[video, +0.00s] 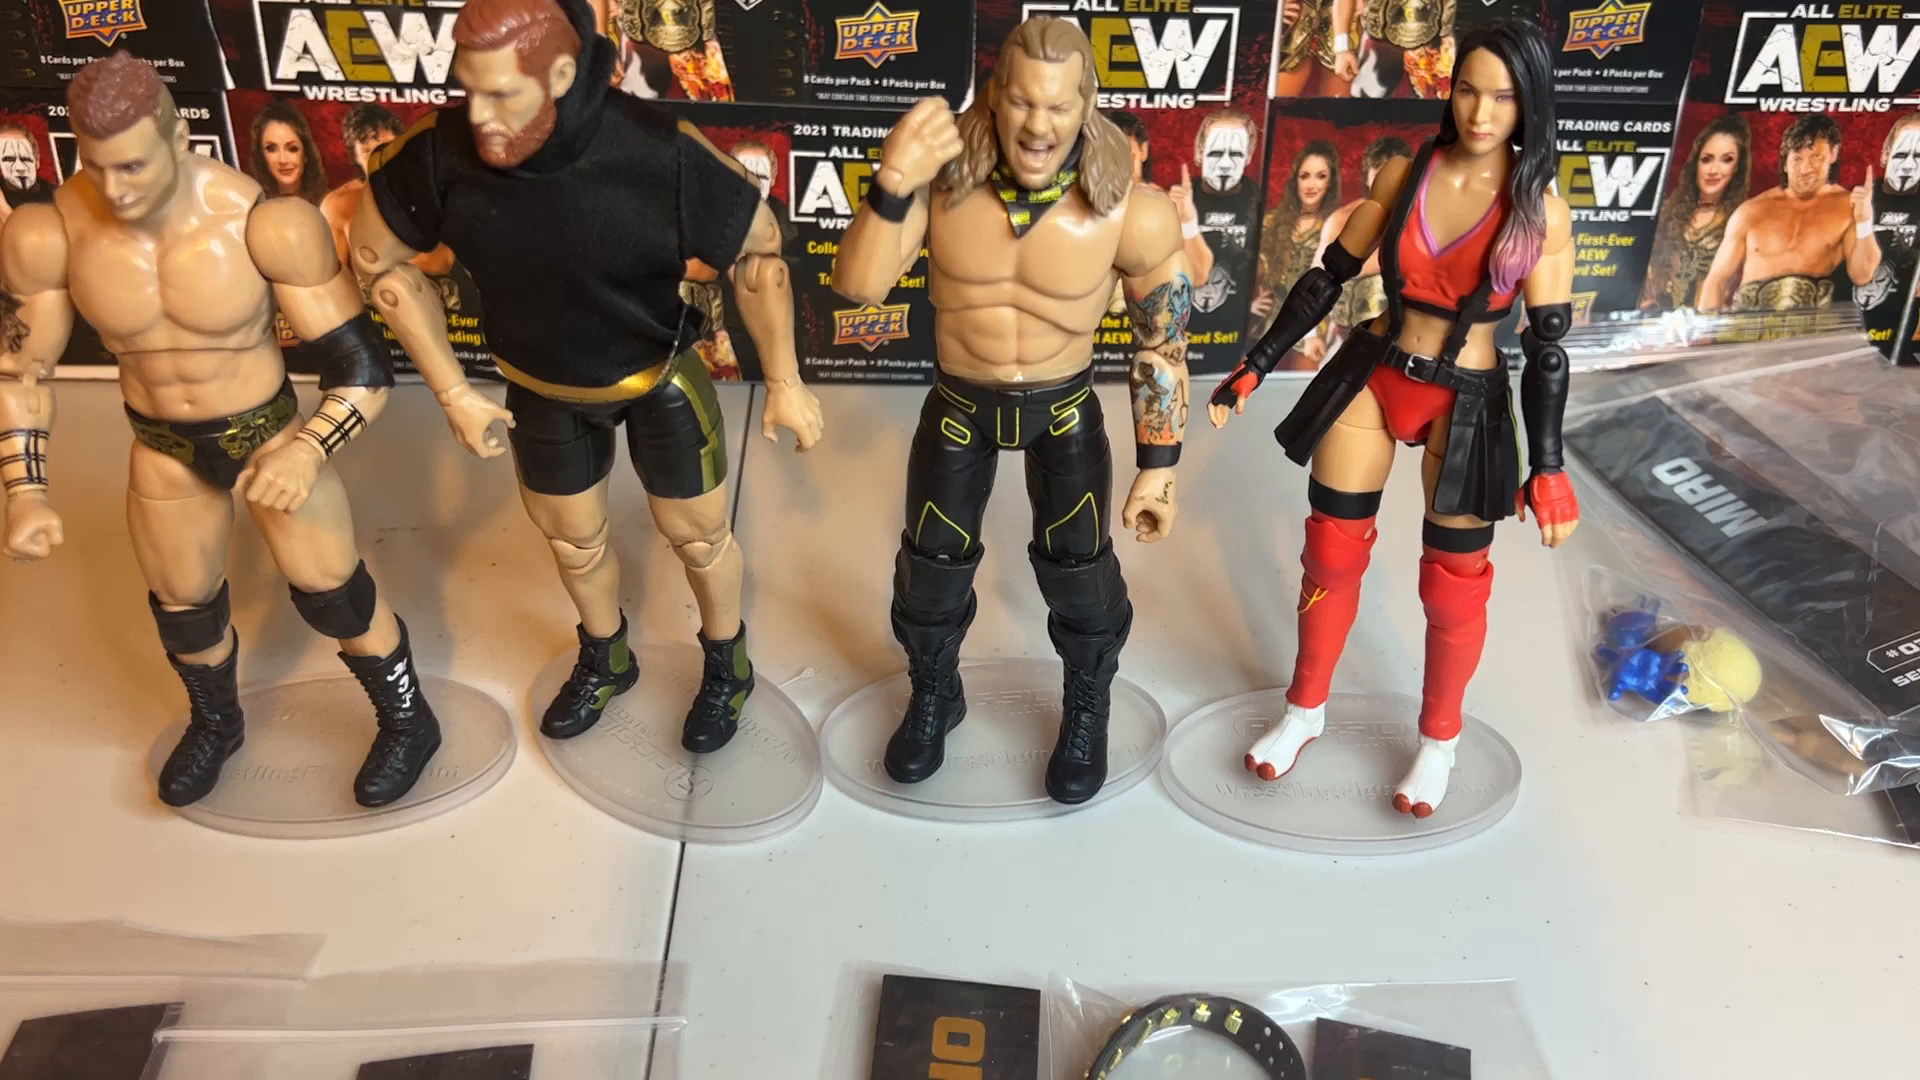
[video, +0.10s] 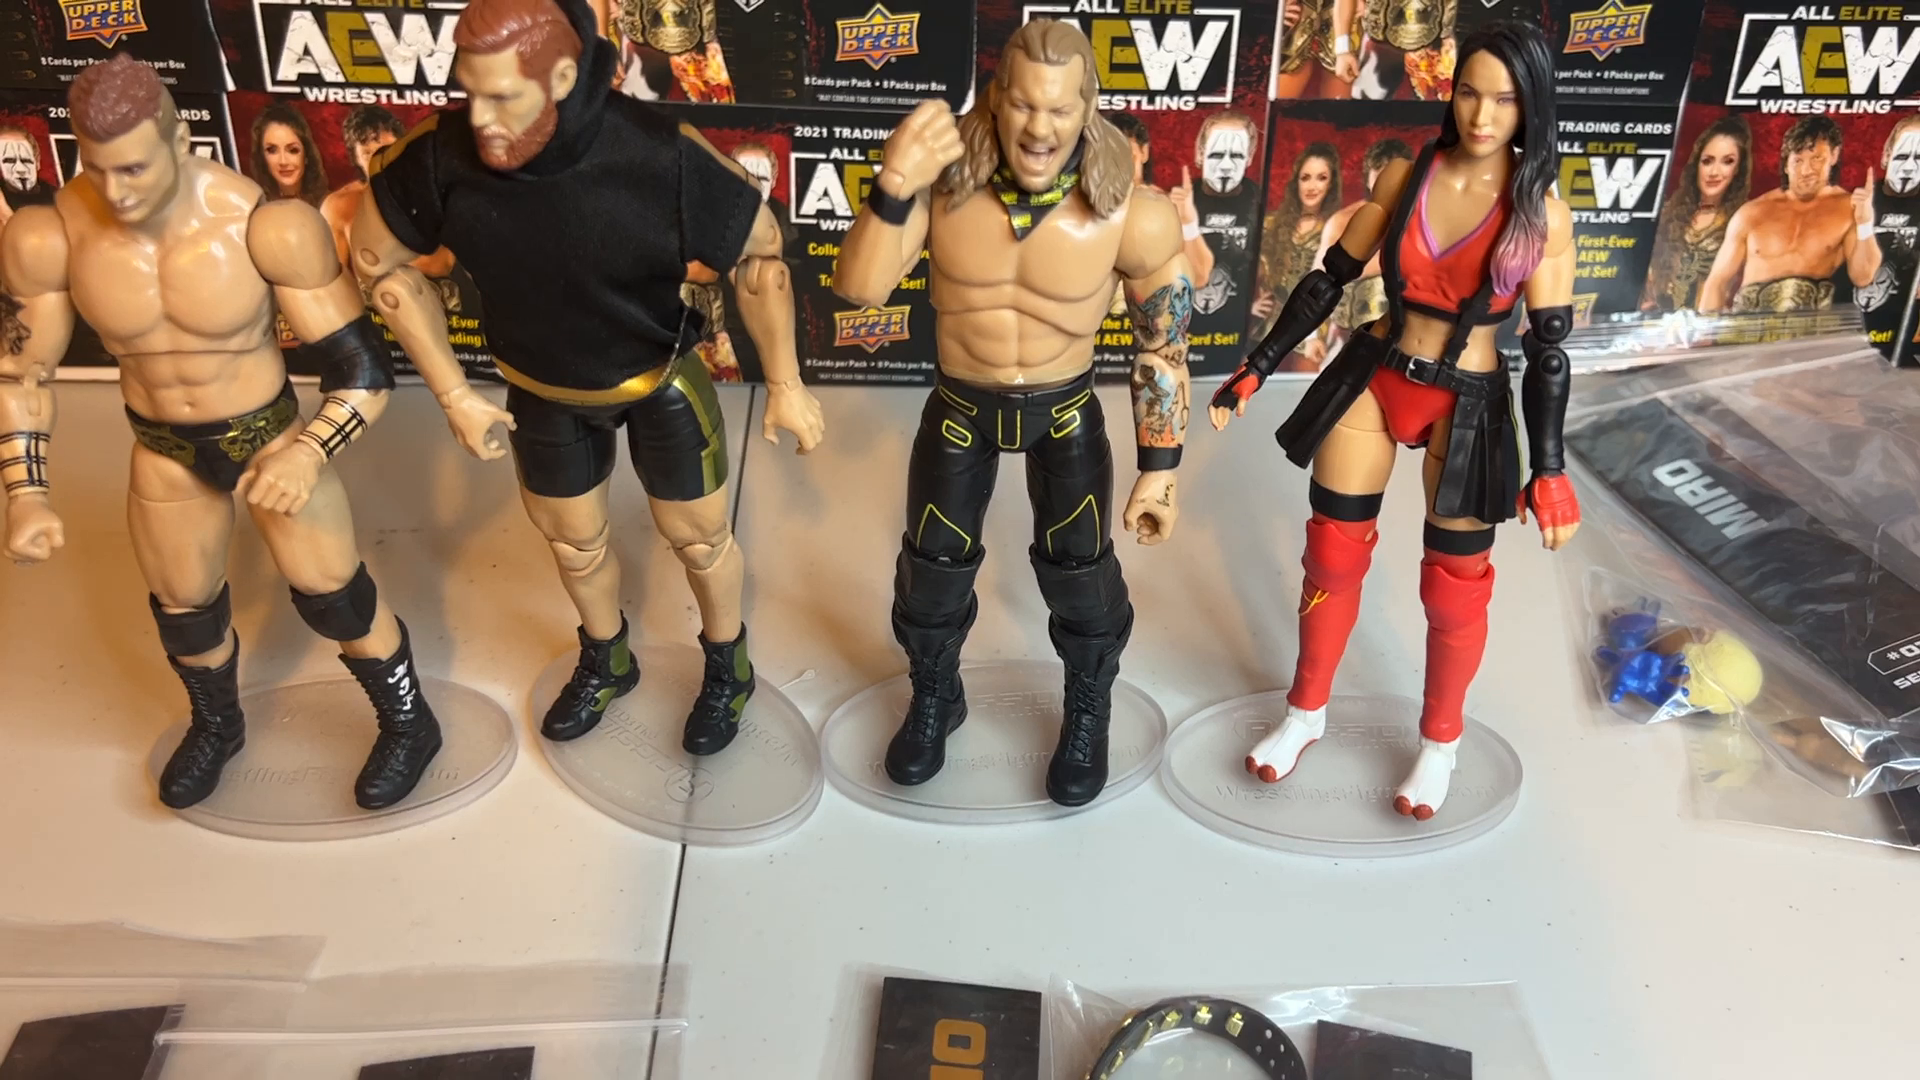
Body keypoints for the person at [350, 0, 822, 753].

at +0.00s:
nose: (480, 117)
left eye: (502, 95)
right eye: (467, 94)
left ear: (563, 76)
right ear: (456, 79)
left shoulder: (652, 151)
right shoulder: (442, 156)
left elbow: (756, 245)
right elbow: (372, 251)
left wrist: (784, 381)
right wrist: (452, 391)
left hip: (661, 380)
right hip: (542, 393)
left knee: (700, 539)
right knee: (575, 545)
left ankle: (725, 666)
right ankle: (606, 660)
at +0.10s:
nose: (481, 120)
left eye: (503, 97)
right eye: (469, 96)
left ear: (563, 78)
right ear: (457, 82)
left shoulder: (653, 156)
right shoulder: (443, 160)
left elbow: (757, 247)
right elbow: (372, 253)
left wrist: (784, 382)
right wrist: (453, 393)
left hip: (661, 384)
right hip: (542, 395)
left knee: (700, 541)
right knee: (575, 547)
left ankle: (726, 667)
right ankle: (607, 661)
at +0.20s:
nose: (480, 118)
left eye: (502, 96)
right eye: (467, 95)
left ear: (563, 76)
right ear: (456, 80)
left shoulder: (652, 153)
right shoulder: (442, 158)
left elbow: (756, 245)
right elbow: (372, 251)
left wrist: (784, 381)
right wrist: (452, 392)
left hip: (661, 381)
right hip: (542, 394)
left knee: (700, 540)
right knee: (575, 545)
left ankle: (726, 666)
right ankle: (606, 660)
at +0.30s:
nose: (481, 119)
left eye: (503, 97)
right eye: (468, 96)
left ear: (564, 76)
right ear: (456, 81)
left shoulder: (653, 155)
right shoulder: (442, 159)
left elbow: (757, 246)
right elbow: (372, 253)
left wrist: (784, 382)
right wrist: (453, 393)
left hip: (661, 381)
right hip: (542, 394)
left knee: (700, 541)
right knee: (575, 546)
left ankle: (726, 667)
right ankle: (607, 660)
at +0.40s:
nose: (481, 119)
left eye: (503, 96)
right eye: (468, 95)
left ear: (564, 77)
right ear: (456, 81)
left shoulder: (653, 155)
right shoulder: (442, 159)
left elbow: (756, 246)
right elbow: (372, 252)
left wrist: (784, 381)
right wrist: (452, 392)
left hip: (661, 382)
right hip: (542, 395)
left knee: (700, 541)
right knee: (575, 546)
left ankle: (726, 667)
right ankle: (607, 661)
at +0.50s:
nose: (480, 118)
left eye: (502, 96)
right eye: (468, 95)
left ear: (563, 76)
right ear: (456, 81)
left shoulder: (653, 153)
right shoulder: (442, 158)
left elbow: (757, 245)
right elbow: (373, 252)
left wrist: (784, 381)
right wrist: (453, 392)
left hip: (661, 381)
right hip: (541, 394)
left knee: (700, 541)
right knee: (575, 546)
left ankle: (726, 666)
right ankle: (607, 660)